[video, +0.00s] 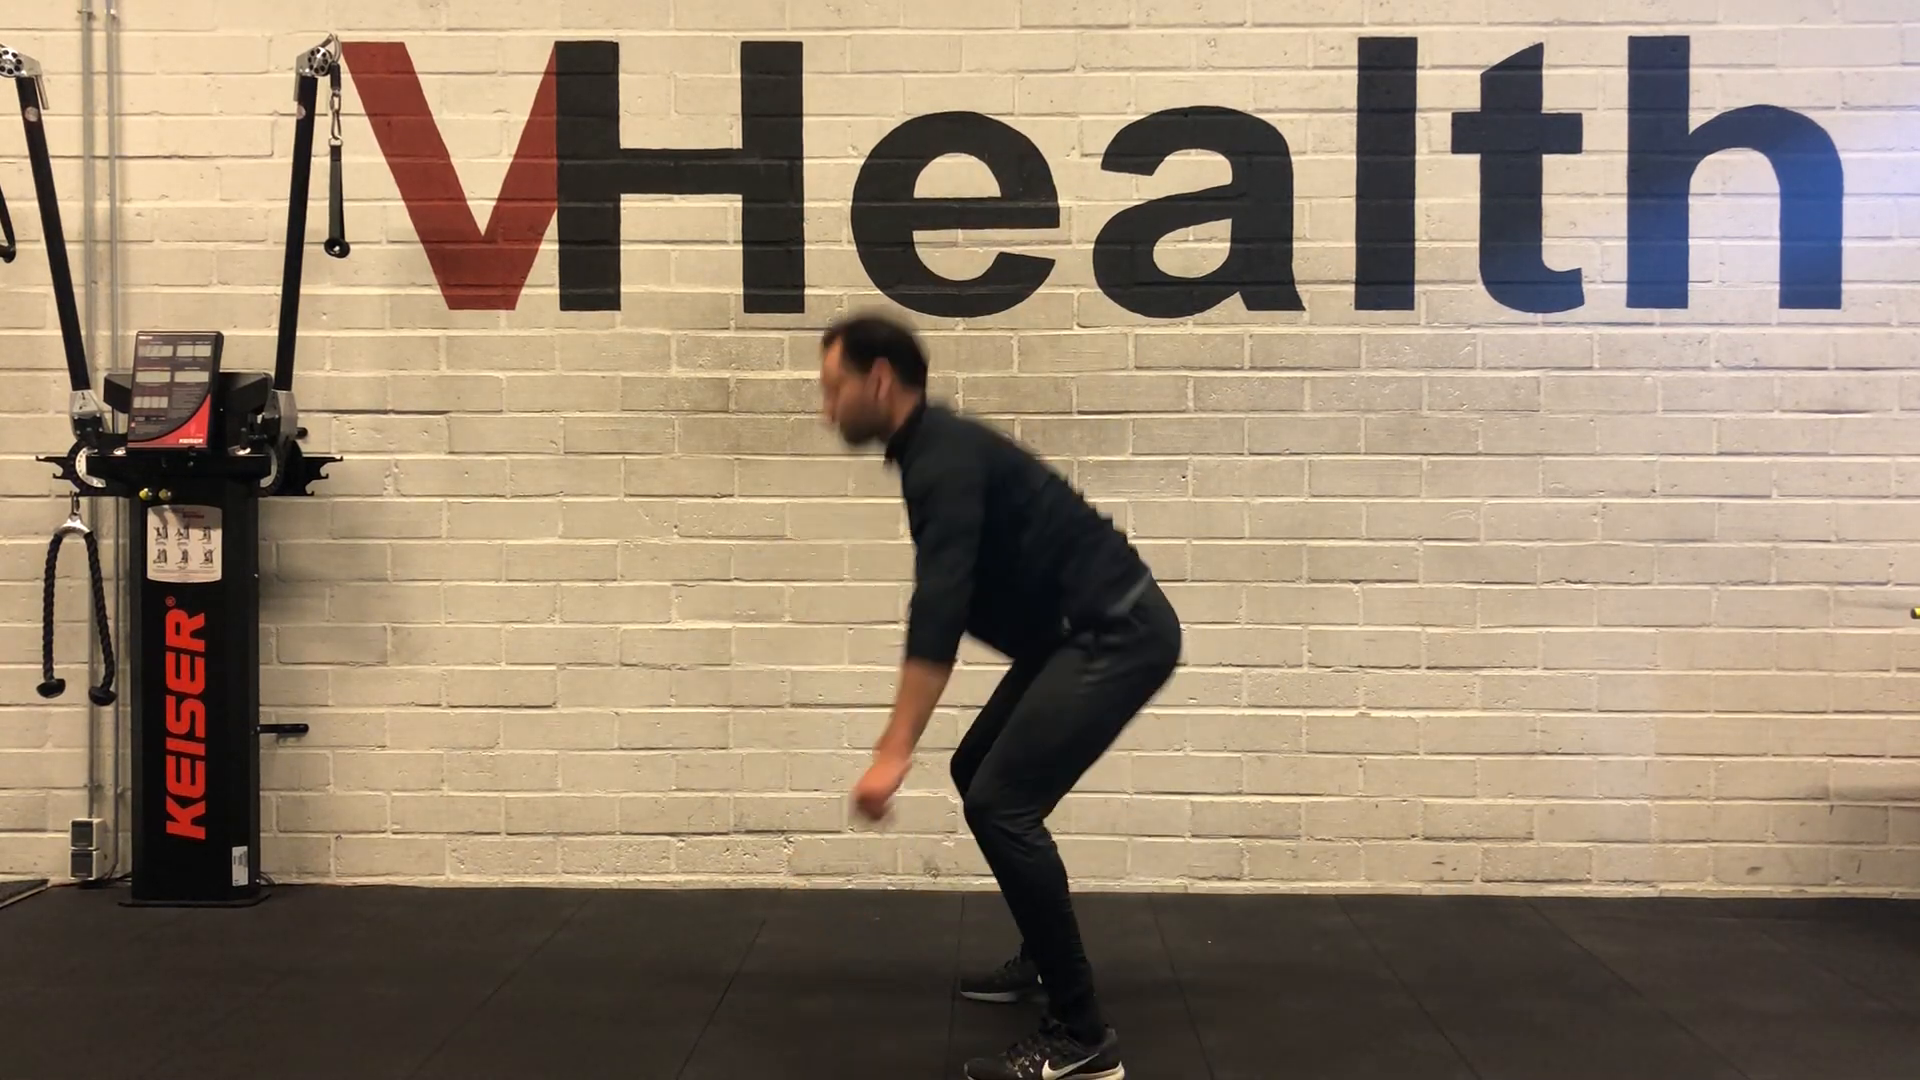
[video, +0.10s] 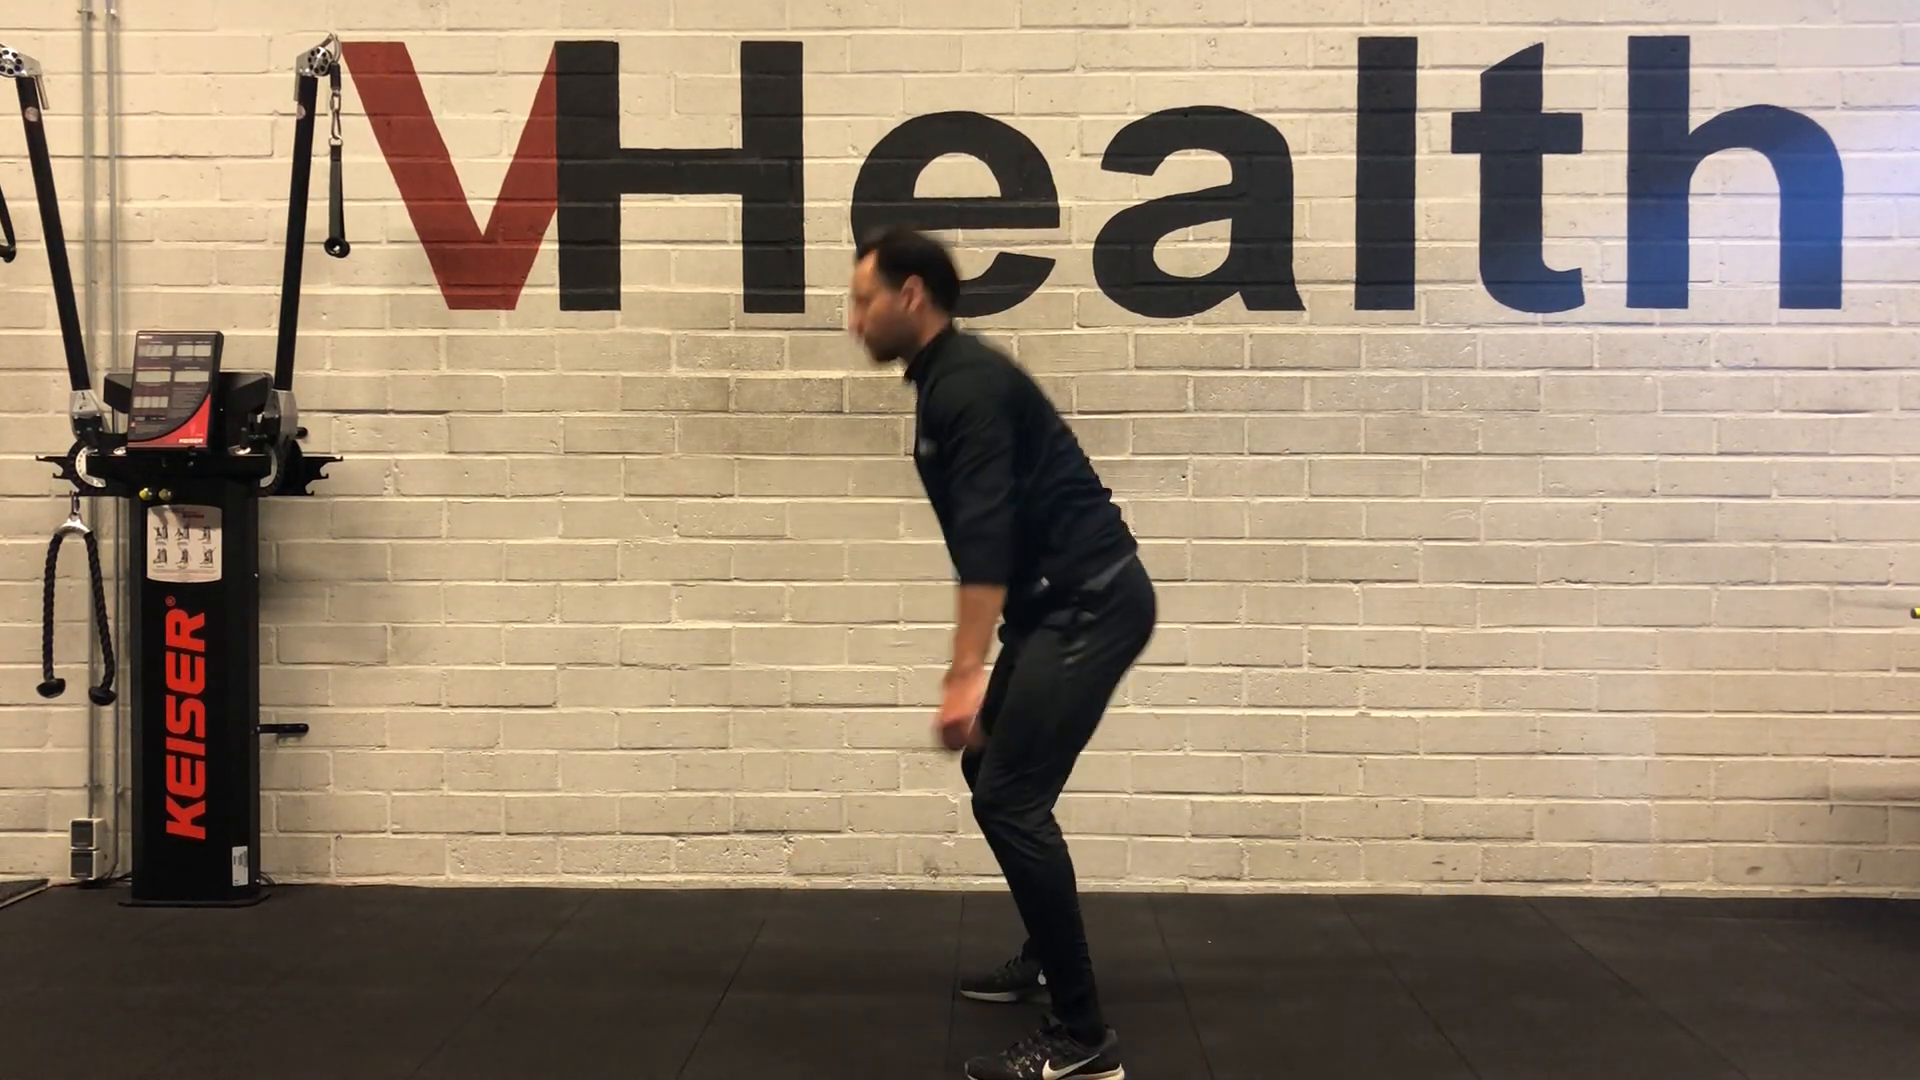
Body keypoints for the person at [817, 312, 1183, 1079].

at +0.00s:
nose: (825, 401)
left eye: (833, 383)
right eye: (824, 384)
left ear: (882, 379)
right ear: (885, 382)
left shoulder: (946, 457)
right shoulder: (930, 451)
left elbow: (938, 616)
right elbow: (939, 613)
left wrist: (894, 753)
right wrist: (896, 741)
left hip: (1118, 634)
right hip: (1071, 635)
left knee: (1003, 805)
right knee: (974, 773)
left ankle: (1081, 1033)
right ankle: (1046, 959)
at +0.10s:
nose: (853, 317)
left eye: (862, 299)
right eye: (852, 299)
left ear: (914, 297)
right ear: (912, 299)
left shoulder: (971, 387)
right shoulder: (947, 382)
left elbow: (987, 543)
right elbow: (981, 543)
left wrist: (966, 675)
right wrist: (972, 668)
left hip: (1092, 605)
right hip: (1053, 604)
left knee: (1012, 800)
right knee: (996, 782)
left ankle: (1082, 1035)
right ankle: (1049, 958)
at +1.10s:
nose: (813, 420)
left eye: (817, 400)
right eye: (807, 405)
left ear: (863, 376)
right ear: (859, 382)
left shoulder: (941, 454)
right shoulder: (922, 448)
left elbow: (948, 609)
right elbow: (943, 601)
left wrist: (932, 759)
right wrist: (932, 721)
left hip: (1121, 624)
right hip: (1072, 625)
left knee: (1020, 795)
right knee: (992, 769)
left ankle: (1084, 1032)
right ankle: (1054, 959)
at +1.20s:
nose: (791, 521)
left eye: (794, 502)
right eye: (784, 506)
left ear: (839, 480)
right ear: (841, 482)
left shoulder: (922, 548)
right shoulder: (908, 533)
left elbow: (913, 710)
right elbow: (911, 703)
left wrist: (891, 851)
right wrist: (891, 833)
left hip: (1130, 668)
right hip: (1084, 658)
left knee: (996, 812)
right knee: (969, 772)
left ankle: (1082, 1034)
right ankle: (1048, 959)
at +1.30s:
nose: (778, 616)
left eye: (777, 596)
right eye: (770, 600)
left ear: (818, 570)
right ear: (821, 570)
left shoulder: (905, 631)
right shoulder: (896, 607)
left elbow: (887, 787)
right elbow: (884, 773)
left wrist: (861, 934)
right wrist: (865, 897)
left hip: (1128, 705)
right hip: (1089, 691)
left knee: (974, 825)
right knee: (954, 781)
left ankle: (1080, 1033)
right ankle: (1042, 960)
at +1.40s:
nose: (770, 707)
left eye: (768, 688)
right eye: (762, 694)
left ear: (810, 661)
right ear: (812, 657)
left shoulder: (890, 694)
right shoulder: (880, 668)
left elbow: (877, 857)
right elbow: (874, 835)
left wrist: (847, 1015)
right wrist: (855, 949)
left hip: (1136, 666)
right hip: (1109, 656)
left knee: (996, 814)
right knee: (987, 799)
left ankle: (1080, 1033)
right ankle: (1043, 960)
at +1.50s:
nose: (782, 773)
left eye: (774, 755)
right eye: (769, 760)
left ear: (807, 720)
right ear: (814, 709)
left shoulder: (894, 732)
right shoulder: (878, 701)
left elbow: (893, 891)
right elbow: (889, 862)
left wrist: (858, 1049)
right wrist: (869, 969)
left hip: (1116, 634)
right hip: (1093, 626)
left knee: (1014, 818)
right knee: (1009, 801)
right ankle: (1105, 942)